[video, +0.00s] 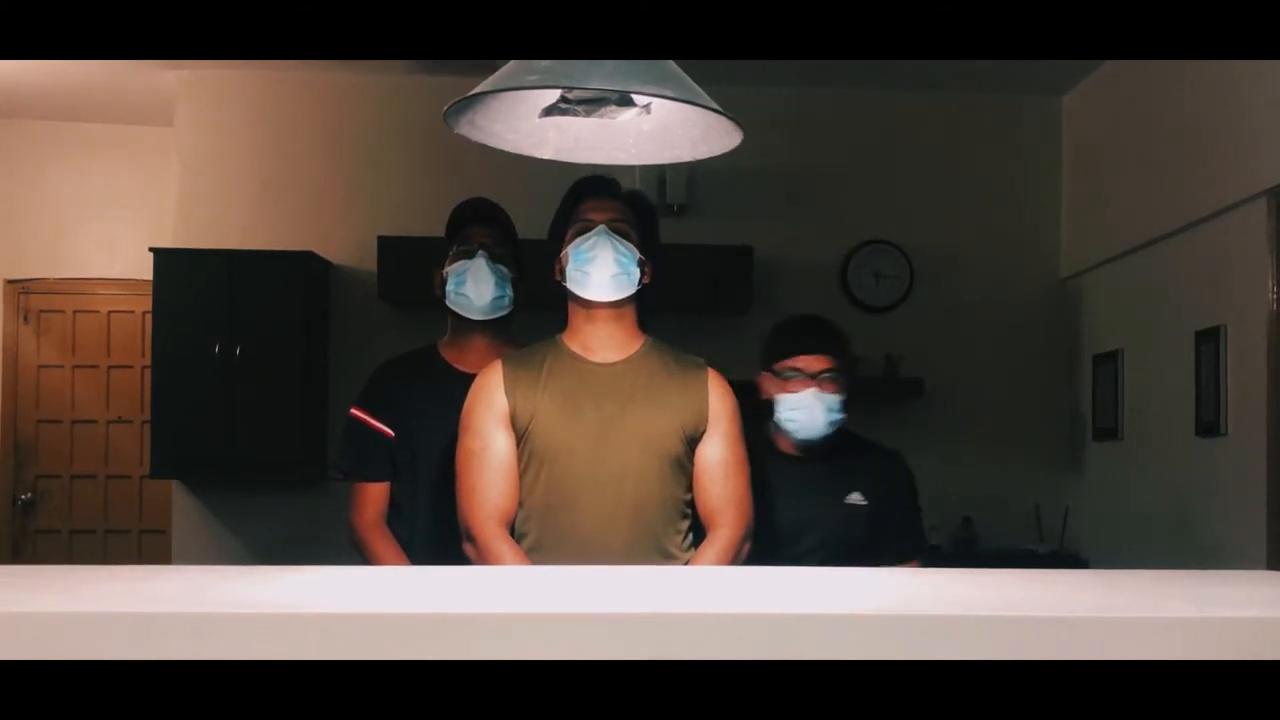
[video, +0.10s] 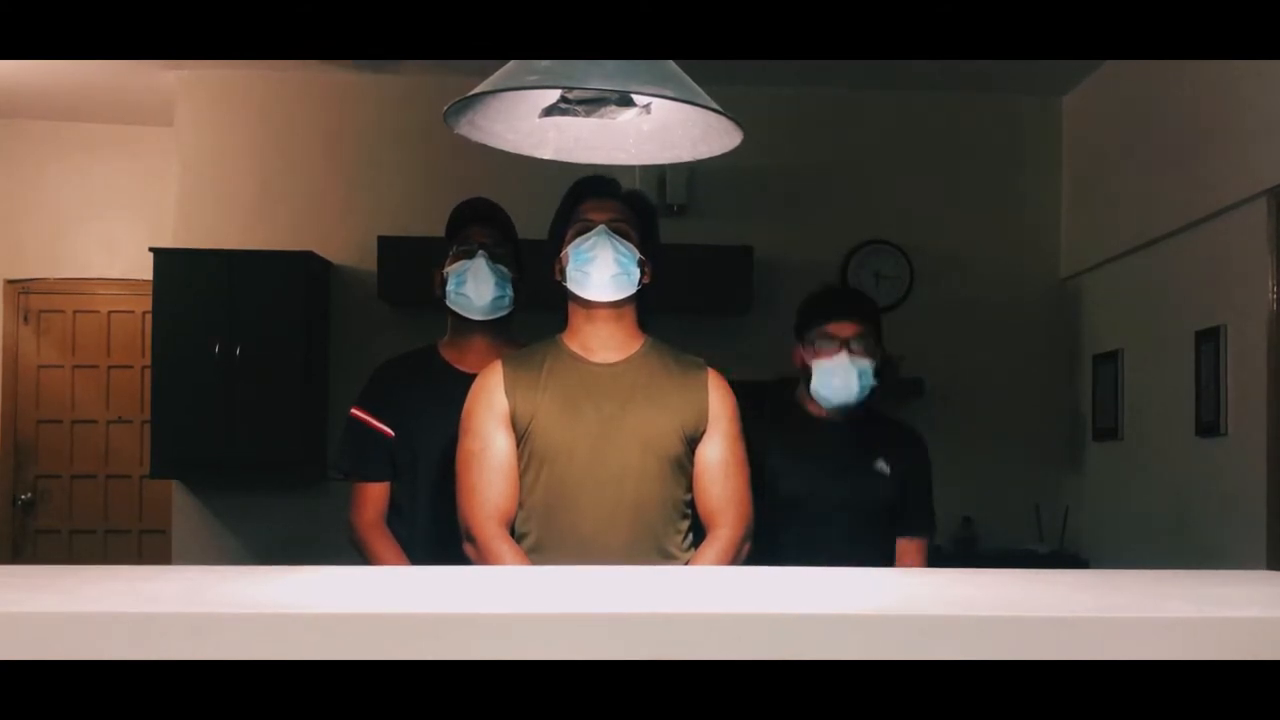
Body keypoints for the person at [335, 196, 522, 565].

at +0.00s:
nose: (481, 265)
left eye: (497, 255)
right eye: (466, 252)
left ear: (515, 273)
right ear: (441, 274)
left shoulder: (540, 381)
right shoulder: (396, 382)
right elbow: (367, 521)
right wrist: (420, 599)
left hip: (517, 595)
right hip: (425, 593)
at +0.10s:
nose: (481, 265)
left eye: (497, 255)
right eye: (466, 252)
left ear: (515, 274)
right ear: (441, 274)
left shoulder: (540, 382)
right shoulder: (396, 382)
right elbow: (367, 521)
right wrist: (419, 600)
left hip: (517, 595)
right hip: (425, 593)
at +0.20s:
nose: (481, 264)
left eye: (497, 254)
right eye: (466, 253)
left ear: (515, 273)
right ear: (442, 274)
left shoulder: (540, 381)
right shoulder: (396, 381)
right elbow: (368, 521)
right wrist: (420, 599)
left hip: (518, 595)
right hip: (426, 593)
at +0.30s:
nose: (482, 264)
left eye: (498, 255)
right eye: (467, 253)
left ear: (516, 273)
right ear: (443, 275)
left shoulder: (541, 382)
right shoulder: (397, 381)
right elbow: (368, 521)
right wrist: (420, 599)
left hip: (518, 595)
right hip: (427, 593)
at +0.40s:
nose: (482, 264)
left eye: (498, 255)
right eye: (468, 253)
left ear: (516, 274)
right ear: (442, 275)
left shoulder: (541, 382)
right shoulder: (397, 381)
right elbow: (368, 520)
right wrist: (420, 599)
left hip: (520, 596)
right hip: (427, 594)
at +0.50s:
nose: (482, 266)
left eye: (498, 256)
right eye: (467, 254)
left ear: (517, 275)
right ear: (442, 277)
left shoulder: (542, 383)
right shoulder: (397, 383)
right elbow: (369, 522)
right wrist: (420, 602)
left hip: (519, 597)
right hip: (427, 596)